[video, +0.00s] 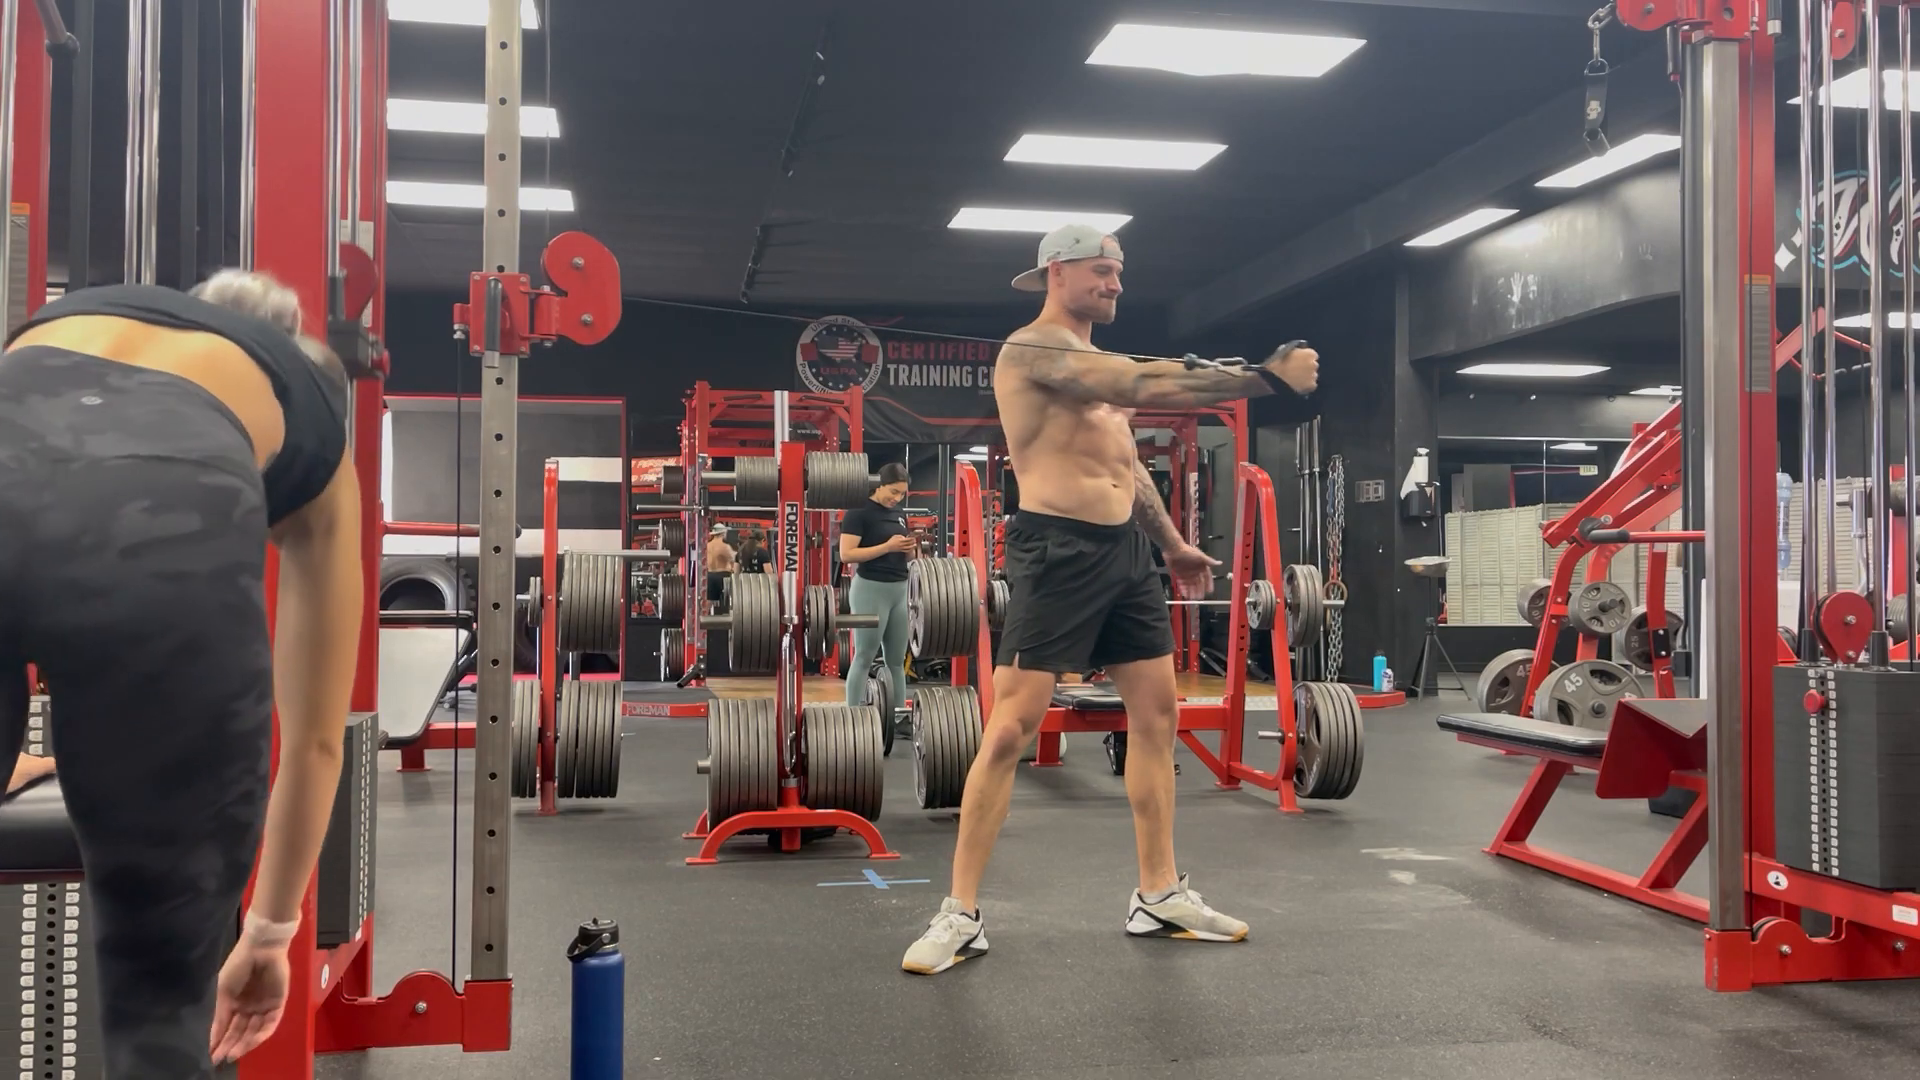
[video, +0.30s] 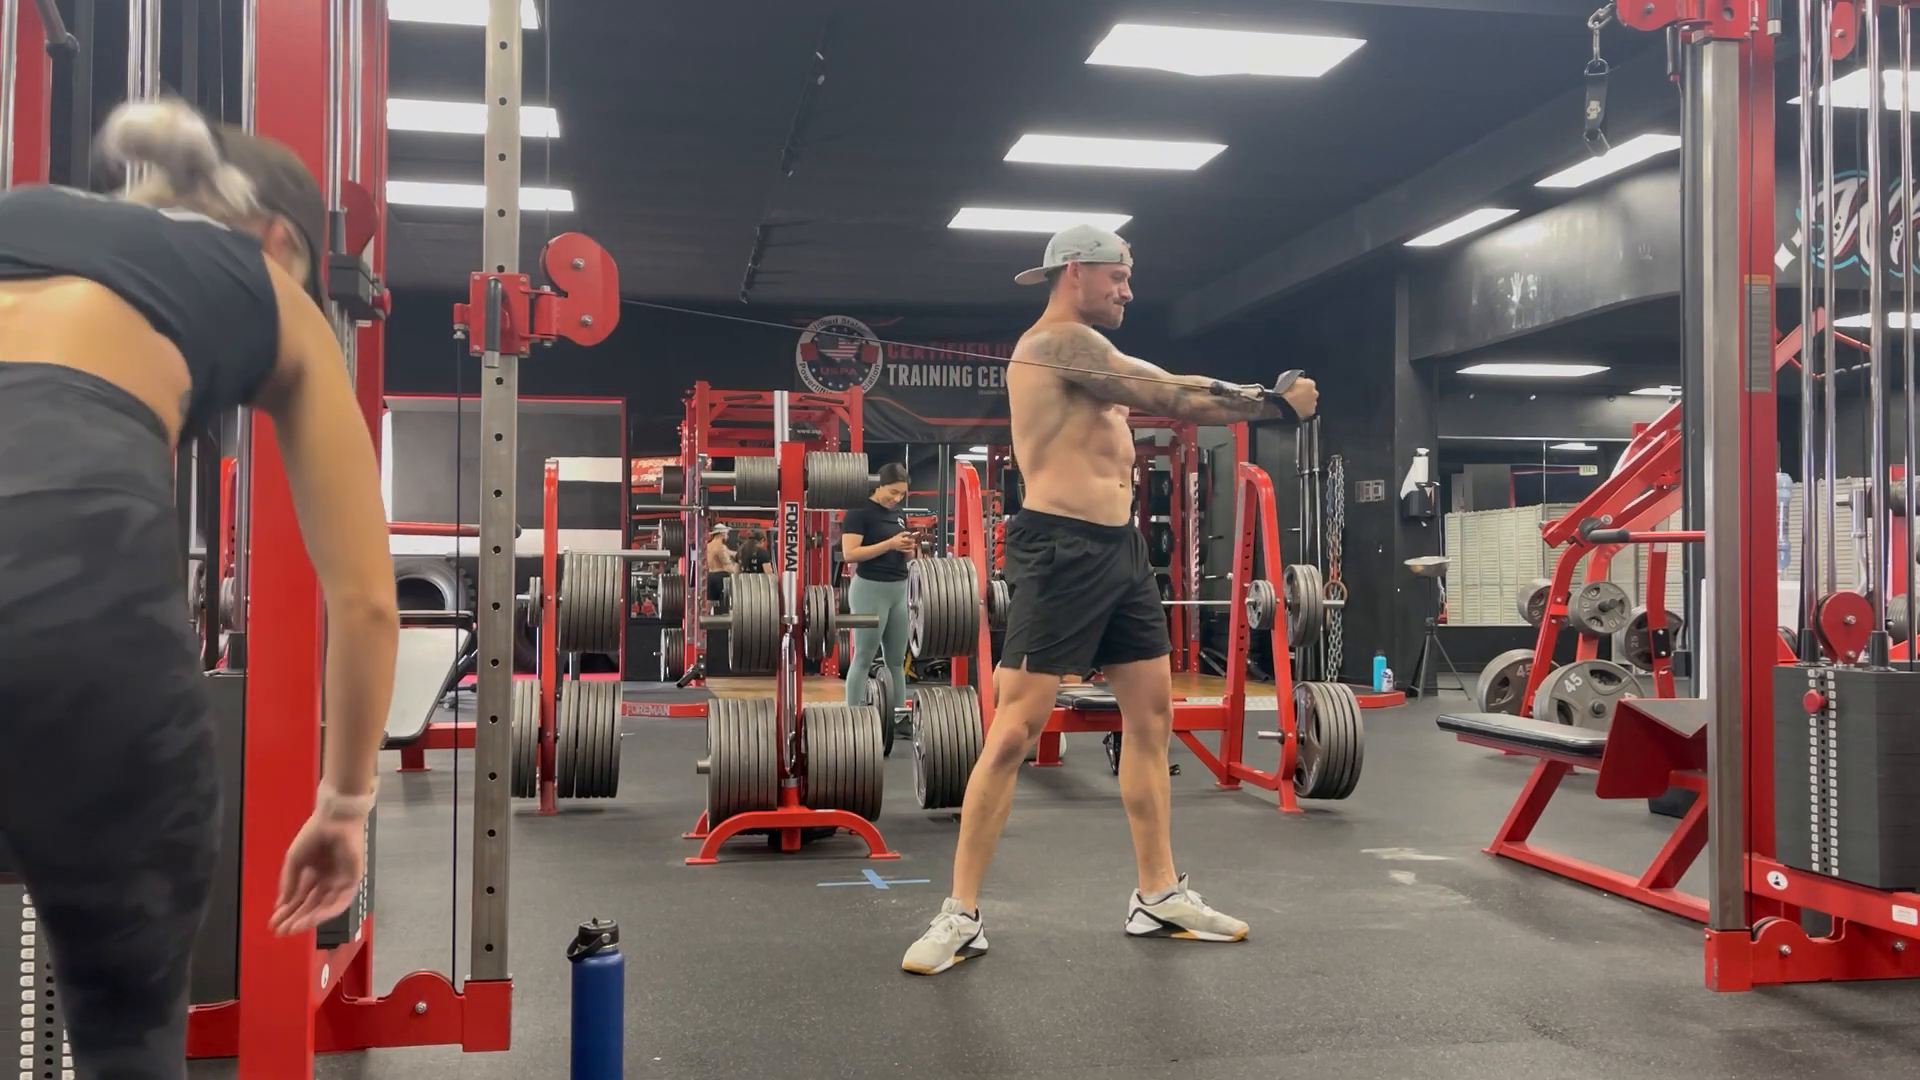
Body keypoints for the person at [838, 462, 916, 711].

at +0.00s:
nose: (898, 499)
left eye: (902, 494)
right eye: (894, 492)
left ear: (905, 491)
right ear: (880, 485)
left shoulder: (898, 514)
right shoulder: (858, 514)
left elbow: (905, 557)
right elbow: (846, 554)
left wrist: (911, 548)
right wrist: (887, 547)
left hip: (899, 592)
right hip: (870, 590)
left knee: (896, 661)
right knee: (863, 658)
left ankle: (899, 721)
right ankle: (853, 720)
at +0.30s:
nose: (897, 499)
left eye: (901, 494)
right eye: (894, 492)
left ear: (905, 491)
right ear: (880, 485)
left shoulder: (898, 514)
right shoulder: (858, 513)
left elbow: (904, 558)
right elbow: (849, 553)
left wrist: (909, 548)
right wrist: (890, 544)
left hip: (898, 591)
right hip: (869, 590)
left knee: (896, 662)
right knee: (863, 659)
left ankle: (899, 721)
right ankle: (853, 719)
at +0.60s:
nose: (896, 500)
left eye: (900, 495)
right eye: (893, 493)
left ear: (904, 491)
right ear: (879, 485)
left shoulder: (897, 514)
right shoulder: (857, 514)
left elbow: (902, 552)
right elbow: (849, 555)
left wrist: (908, 549)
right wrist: (890, 546)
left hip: (898, 590)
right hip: (869, 590)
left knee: (895, 661)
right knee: (862, 659)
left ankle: (899, 720)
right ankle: (853, 720)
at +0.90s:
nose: (892, 499)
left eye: (897, 494)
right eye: (889, 492)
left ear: (901, 491)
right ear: (877, 485)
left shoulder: (894, 513)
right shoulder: (855, 514)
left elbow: (902, 552)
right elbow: (845, 556)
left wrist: (908, 548)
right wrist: (886, 547)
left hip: (897, 590)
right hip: (867, 589)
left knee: (895, 661)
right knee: (862, 659)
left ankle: (899, 720)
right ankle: (854, 721)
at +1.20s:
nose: (888, 496)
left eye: (892, 492)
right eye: (884, 490)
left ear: (895, 489)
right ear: (869, 484)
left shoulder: (886, 512)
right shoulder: (850, 512)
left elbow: (883, 546)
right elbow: (839, 554)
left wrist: (902, 545)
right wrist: (880, 548)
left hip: (890, 591)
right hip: (861, 589)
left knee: (896, 660)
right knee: (858, 659)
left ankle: (899, 720)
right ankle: (852, 721)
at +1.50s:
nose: (887, 497)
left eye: (890, 493)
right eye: (884, 491)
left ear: (891, 489)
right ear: (868, 484)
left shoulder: (877, 512)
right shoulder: (849, 512)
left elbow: (873, 549)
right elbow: (838, 555)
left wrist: (895, 545)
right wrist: (882, 549)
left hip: (881, 590)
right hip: (855, 589)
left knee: (885, 660)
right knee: (854, 659)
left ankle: (891, 720)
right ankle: (851, 721)